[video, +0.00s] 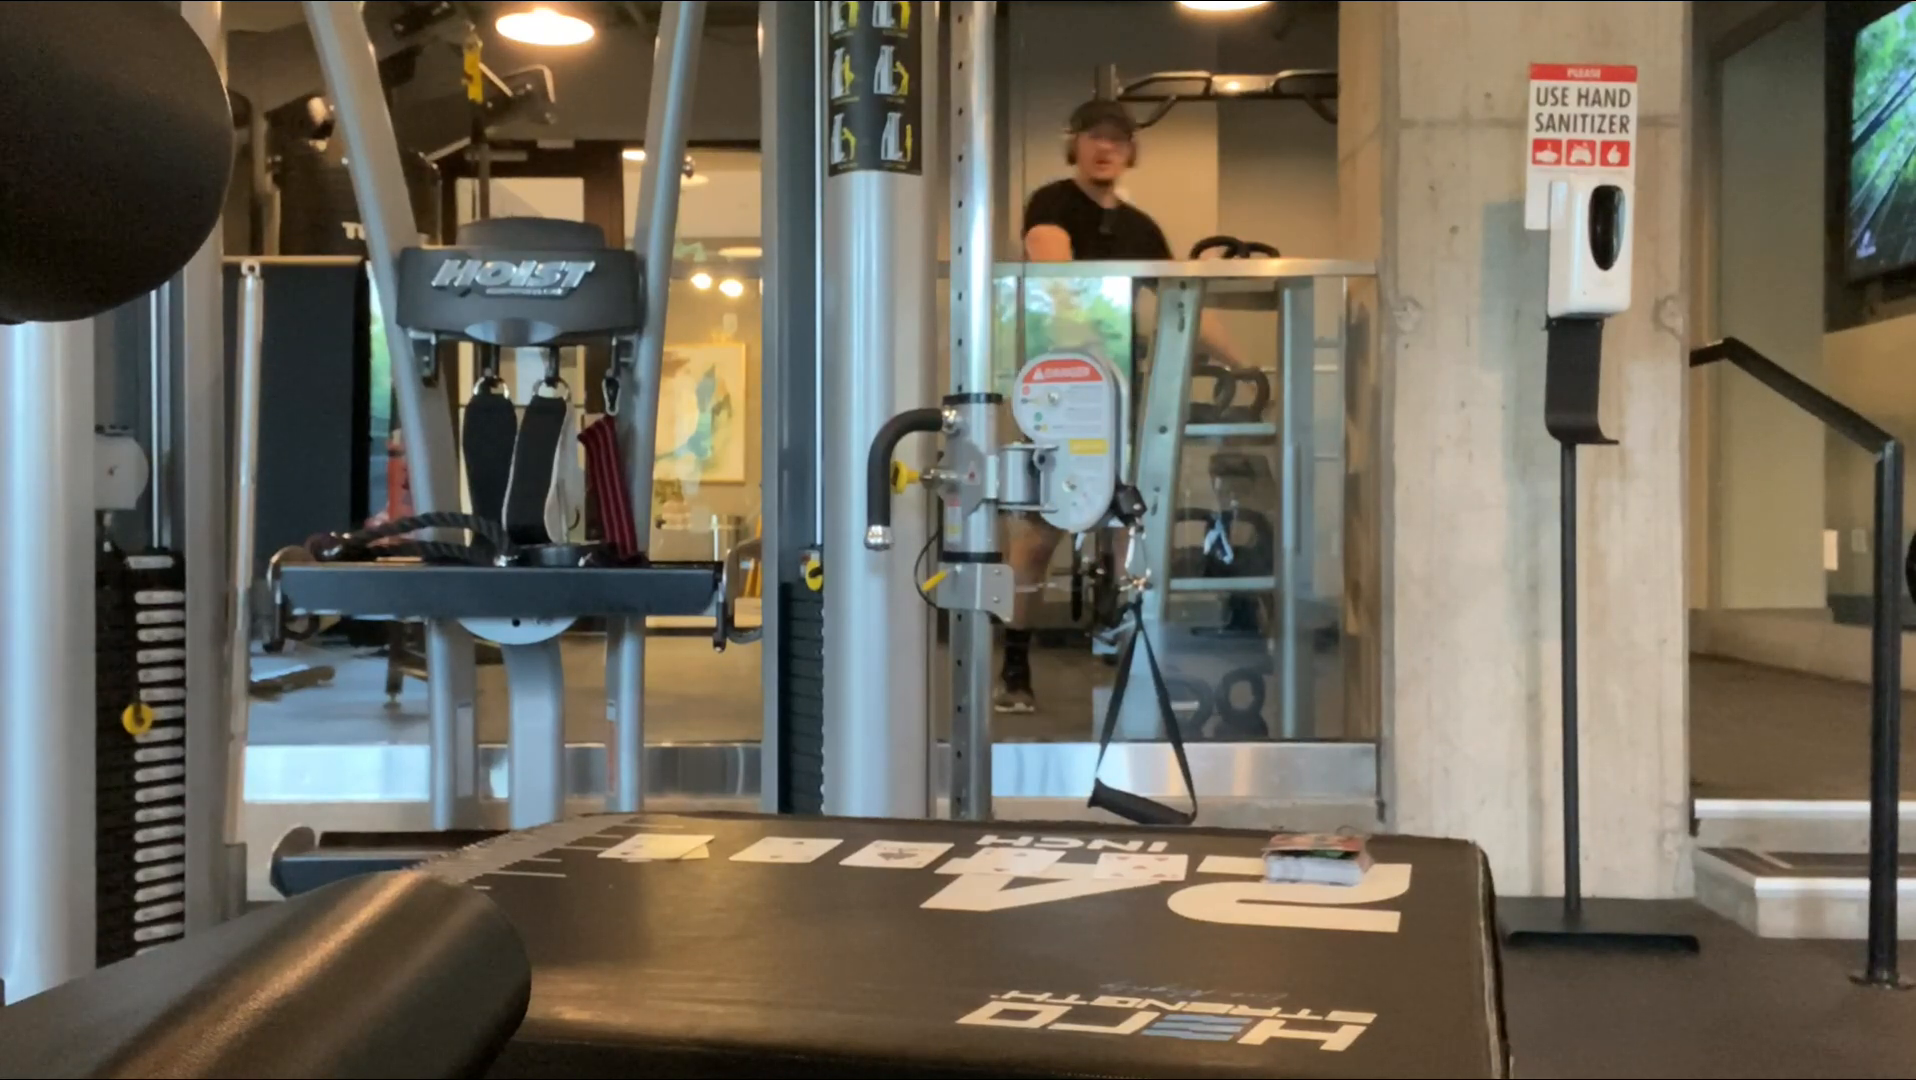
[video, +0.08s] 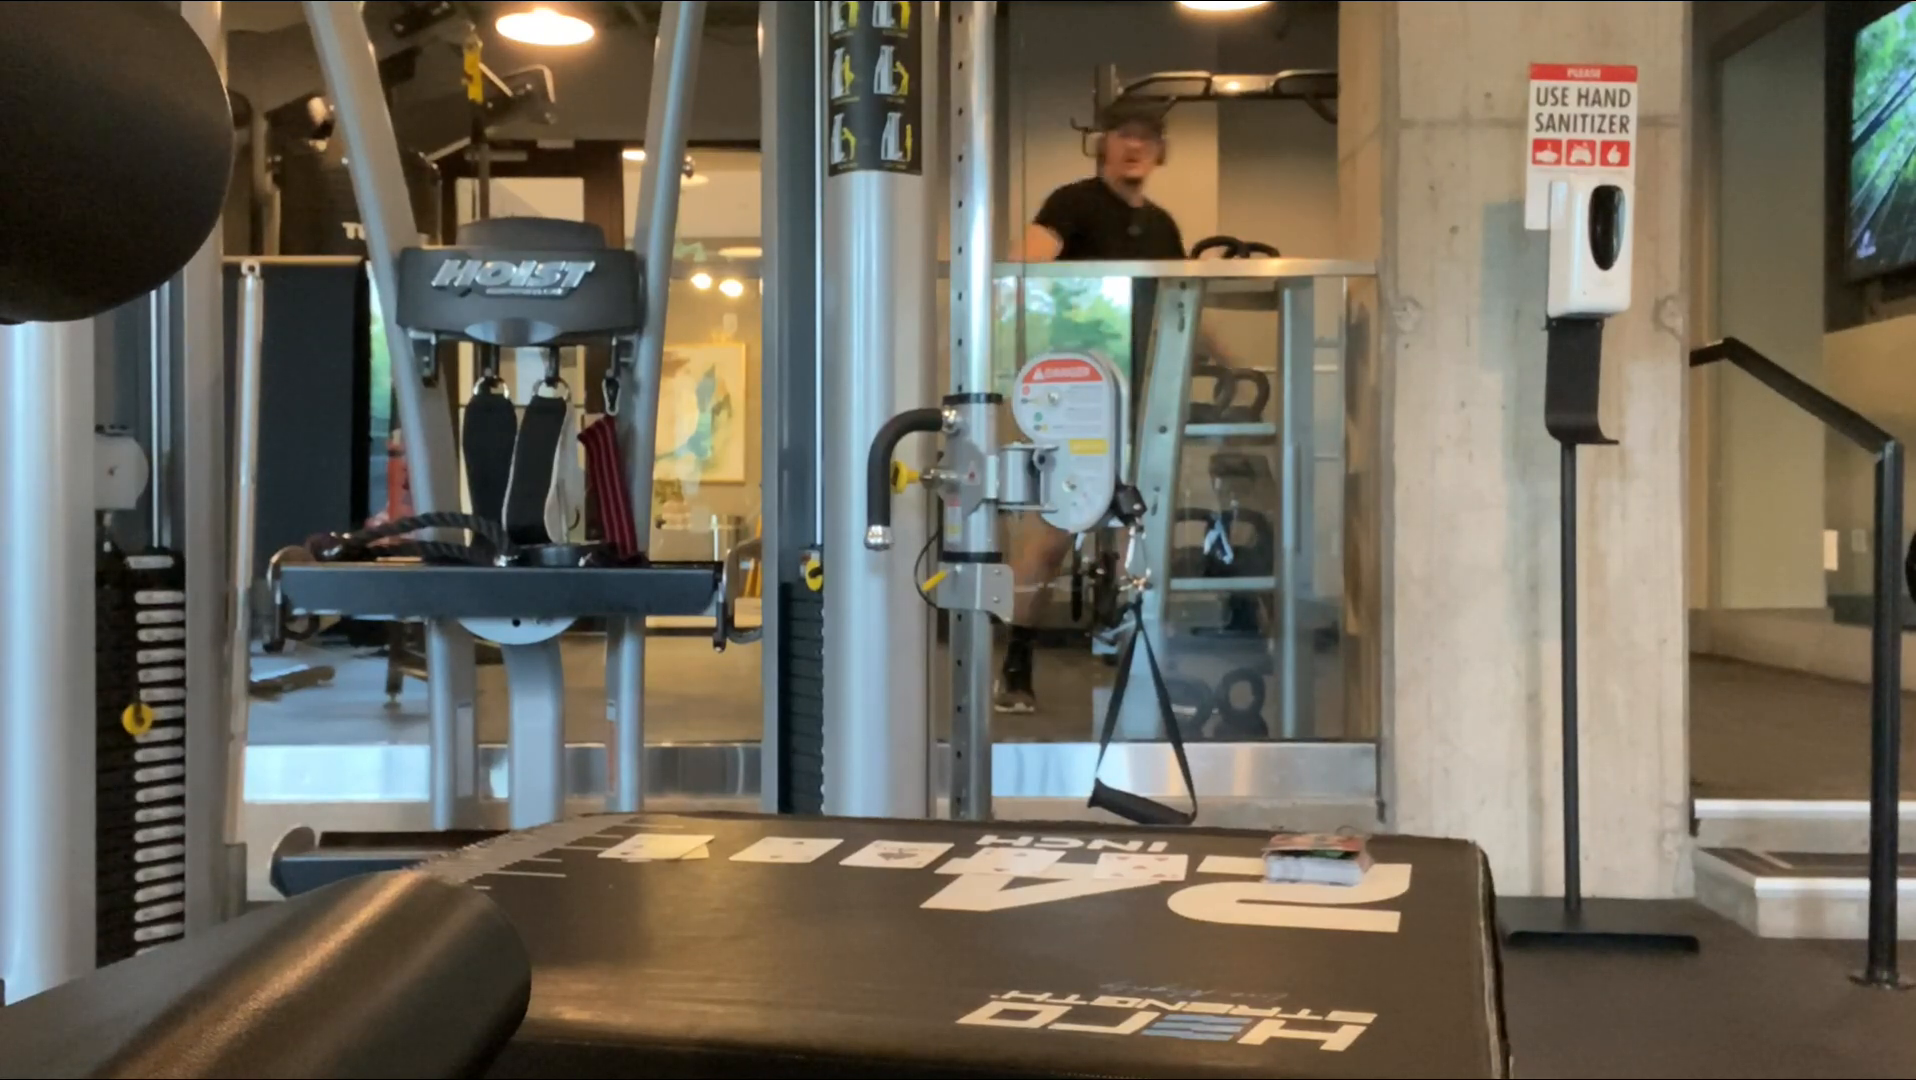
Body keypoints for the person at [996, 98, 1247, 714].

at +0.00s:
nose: (1107, 149)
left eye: (1117, 140)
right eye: (1097, 138)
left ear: (1131, 152)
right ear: (1074, 146)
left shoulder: (1143, 229)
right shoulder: (1051, 203)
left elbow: (1186, 308)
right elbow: (1057, 297)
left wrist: (1242, 364)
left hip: (1123, 392)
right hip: (1055, 390)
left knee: (1129, 516)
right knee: (1039, 528)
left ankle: (1126, 642)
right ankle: (1014, 657)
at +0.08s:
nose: (1135, 148)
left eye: (1145, 140)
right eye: (1125, 137)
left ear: (1159, 152)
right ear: (1103, 146)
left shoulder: (1160, 224)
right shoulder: (1072, 202)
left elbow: (1186, 308)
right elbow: (1026, 274)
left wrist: (1232, 363)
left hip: (1142, 394)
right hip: (1074, 392)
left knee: (1138, 522)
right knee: (1055, 522)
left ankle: (1134, 653)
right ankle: (1016, 653)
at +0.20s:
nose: (1182, 149)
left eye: (1191, 141)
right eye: (1173, 136)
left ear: (1197, 151)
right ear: (1146, 137)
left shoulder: (1182, 207)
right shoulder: (1104, 191)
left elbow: (1182, 282)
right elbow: (1026, 240)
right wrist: (966, 266)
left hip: (1163, 375)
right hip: (1107, 377)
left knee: (1141, 515)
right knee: (1096, 522)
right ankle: (1035, 647)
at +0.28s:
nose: (1202, 155)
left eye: (1212, 148)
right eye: (1194, 141)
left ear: (1219, 156)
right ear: (1167, 139)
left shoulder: (1201, 209)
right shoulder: (1125, 190)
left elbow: (1196, 283)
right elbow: (1043, 239)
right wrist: (972, 263)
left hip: (1188, 373)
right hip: (1133, 373)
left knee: (1181, 518)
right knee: (1134, 518)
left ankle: (1168, 652)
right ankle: (1061, 632)